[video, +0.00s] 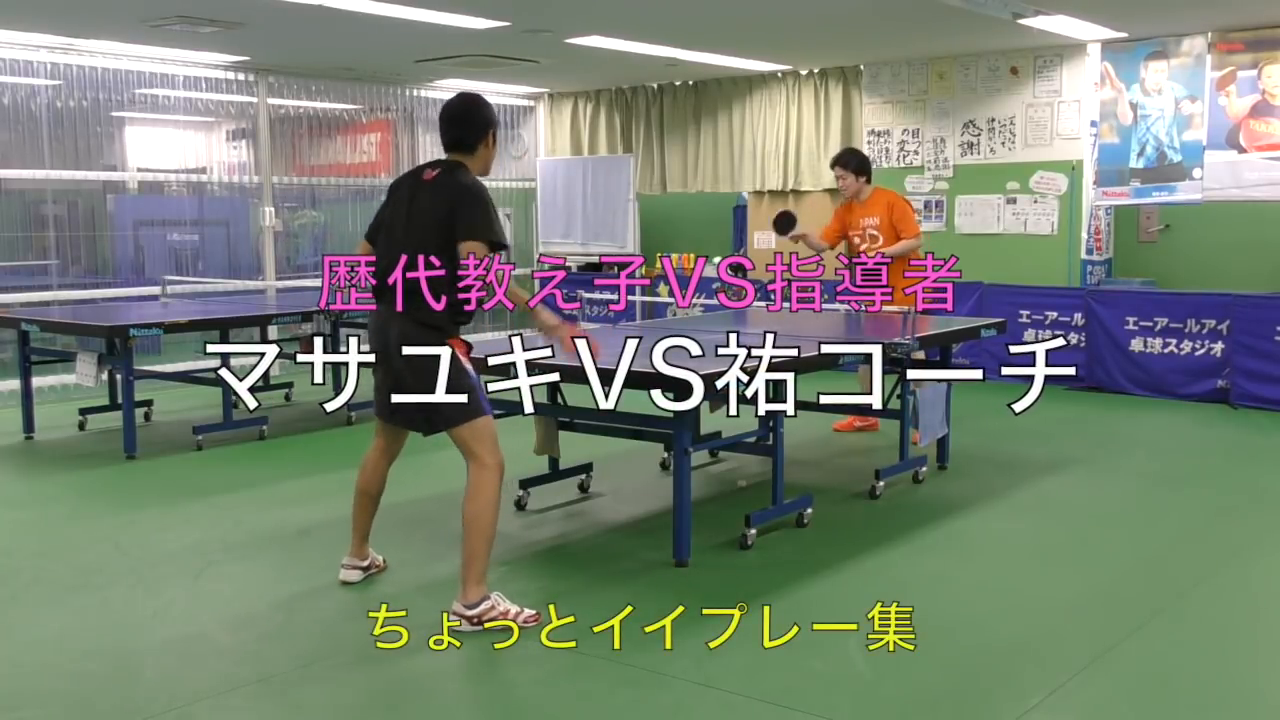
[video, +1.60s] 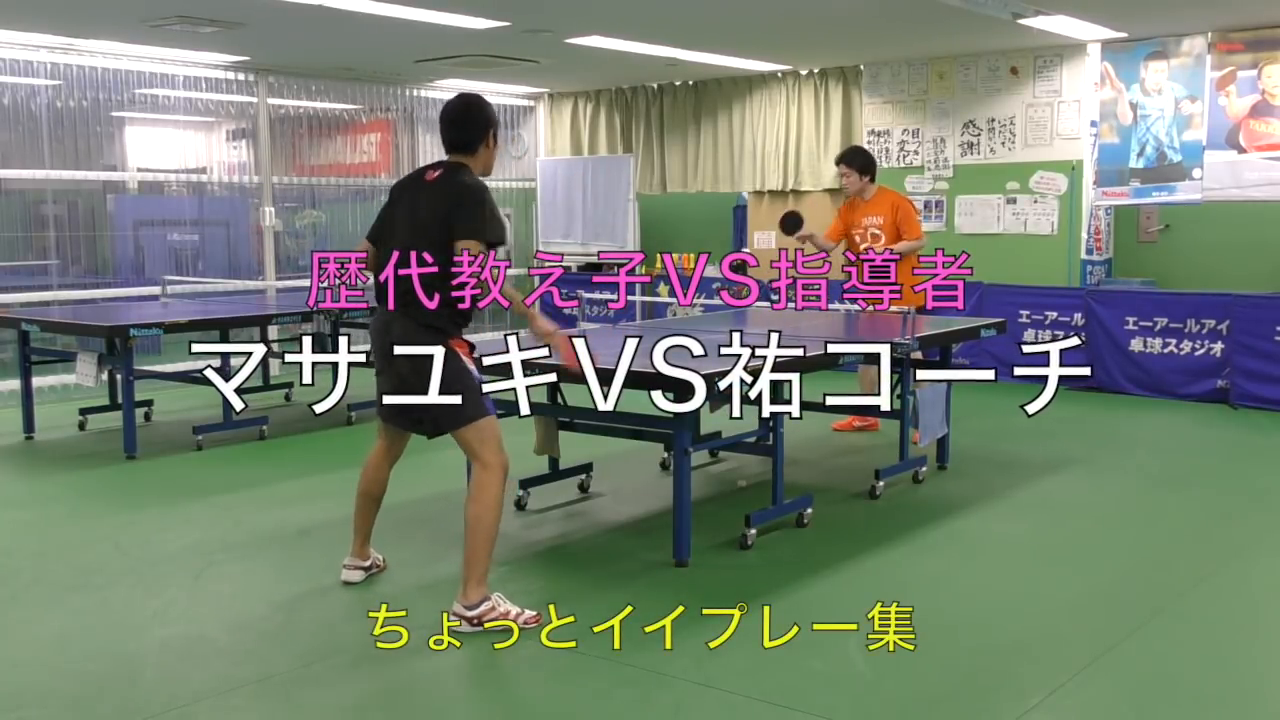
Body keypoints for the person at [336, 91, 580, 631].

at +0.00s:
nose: (497, 146)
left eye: (495, 137)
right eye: (496, 137)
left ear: (444, 137)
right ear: (487, 139)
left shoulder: (407, 183)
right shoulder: (467, 190)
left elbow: (370, 248)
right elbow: (479, 266)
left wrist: (421, 287)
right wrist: (544, 318)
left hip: (388, 341)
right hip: (433, 345)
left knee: (384, 445)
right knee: (487, 460)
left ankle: (356, 555)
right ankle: (474, 596)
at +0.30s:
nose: (505, 175)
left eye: (507, 165)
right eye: (503, 164)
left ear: (469, 155)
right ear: (477, 155)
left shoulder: (417, 193)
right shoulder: (447, 196)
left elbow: (376, 260)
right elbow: (467, 280)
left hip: (386, 345)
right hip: (418, 350)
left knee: (394, 443)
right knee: (484, 460)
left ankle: (358, 554)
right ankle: (473, 597)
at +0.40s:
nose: (497, 161)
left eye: (498, 151)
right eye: (496, 150)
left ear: (451, 143)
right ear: (474, 145)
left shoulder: (404, 185)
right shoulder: (469, 190)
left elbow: (370, 249)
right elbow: (528, 250)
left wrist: (427, 269)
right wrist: (572, 226)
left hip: (384, 340)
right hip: (425, 345)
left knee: (382, 443)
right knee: (485, 459)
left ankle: (357, 554)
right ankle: (473, 597)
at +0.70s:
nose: (483, 145)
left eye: (479, 137)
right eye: (482, 137)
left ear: (432, 139)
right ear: (474, 139)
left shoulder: (395, 185)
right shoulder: (477, 192)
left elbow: (363, 243)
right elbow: (526, 257)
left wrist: (418, 251)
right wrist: (561, 247)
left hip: (386, 342)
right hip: (437, 345)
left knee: (380, 445)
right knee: (491, 460)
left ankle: (356, 554)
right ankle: (475, 596)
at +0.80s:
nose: (493, 150)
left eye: (492, 141)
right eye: (492, 141)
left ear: (440, 139)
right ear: (482, 141)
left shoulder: (404, 185)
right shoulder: (462, 190)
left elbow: (368, 243)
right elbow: (470, 272)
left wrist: (415, 277)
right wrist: (535, 319)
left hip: (385, 341)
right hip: (429, 345)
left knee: (385, 444)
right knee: (484, 460)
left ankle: (357, 555)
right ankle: (474, 597)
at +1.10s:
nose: (506, 174)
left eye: (508, 164)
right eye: (504, 162)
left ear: (464, 155)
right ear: (477, 154)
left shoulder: (413, 193)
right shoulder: (454, 197)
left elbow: (374, 257)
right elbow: (489, 277)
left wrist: (408, 305)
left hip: (383, 344)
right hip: (418, 348)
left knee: (389, 444)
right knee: (486, 460)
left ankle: (357, 554)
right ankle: (473, 599)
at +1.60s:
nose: (499, 147)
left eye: (496, 137)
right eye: (497, 138)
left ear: (445, 138)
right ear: (488, 140)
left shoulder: (409, 184)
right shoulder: (469, 190)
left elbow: (371, 253)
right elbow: (473, 268)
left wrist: (405, 299)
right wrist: (534, 319)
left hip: (389, 342)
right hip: (432, 346)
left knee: (386, 446)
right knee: (490, 461)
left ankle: (358, 556)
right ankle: (474, 597)